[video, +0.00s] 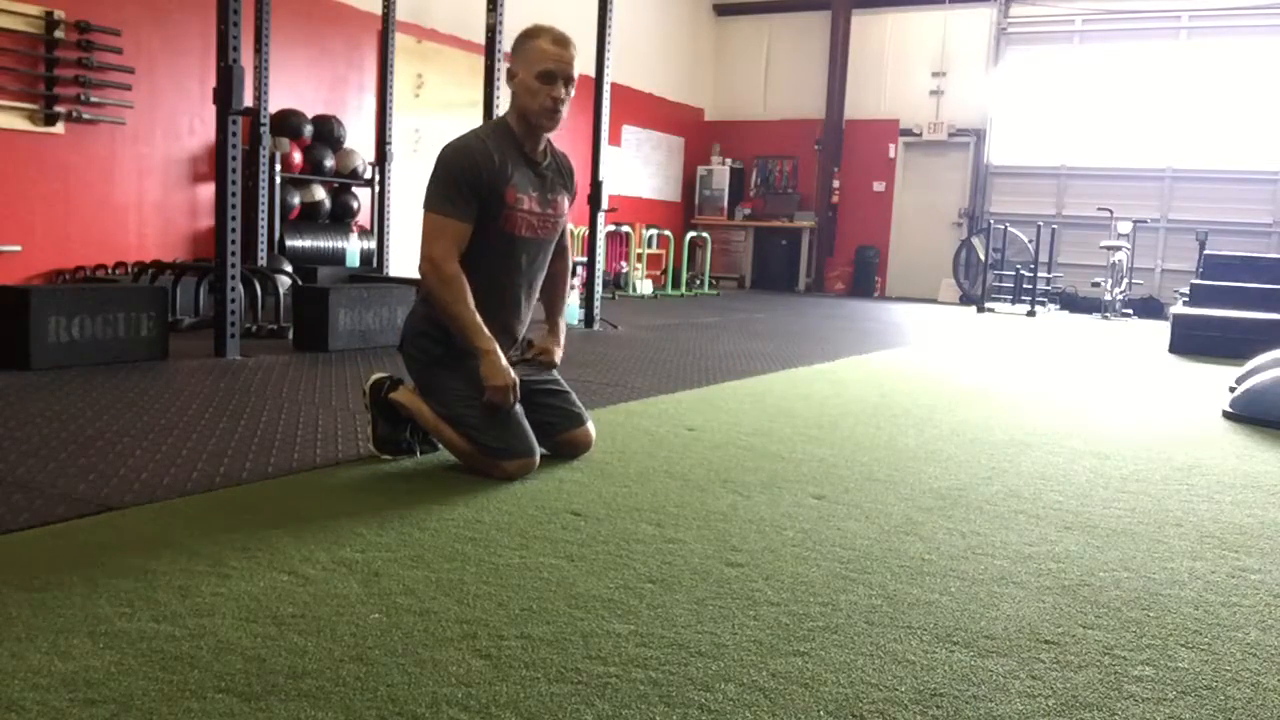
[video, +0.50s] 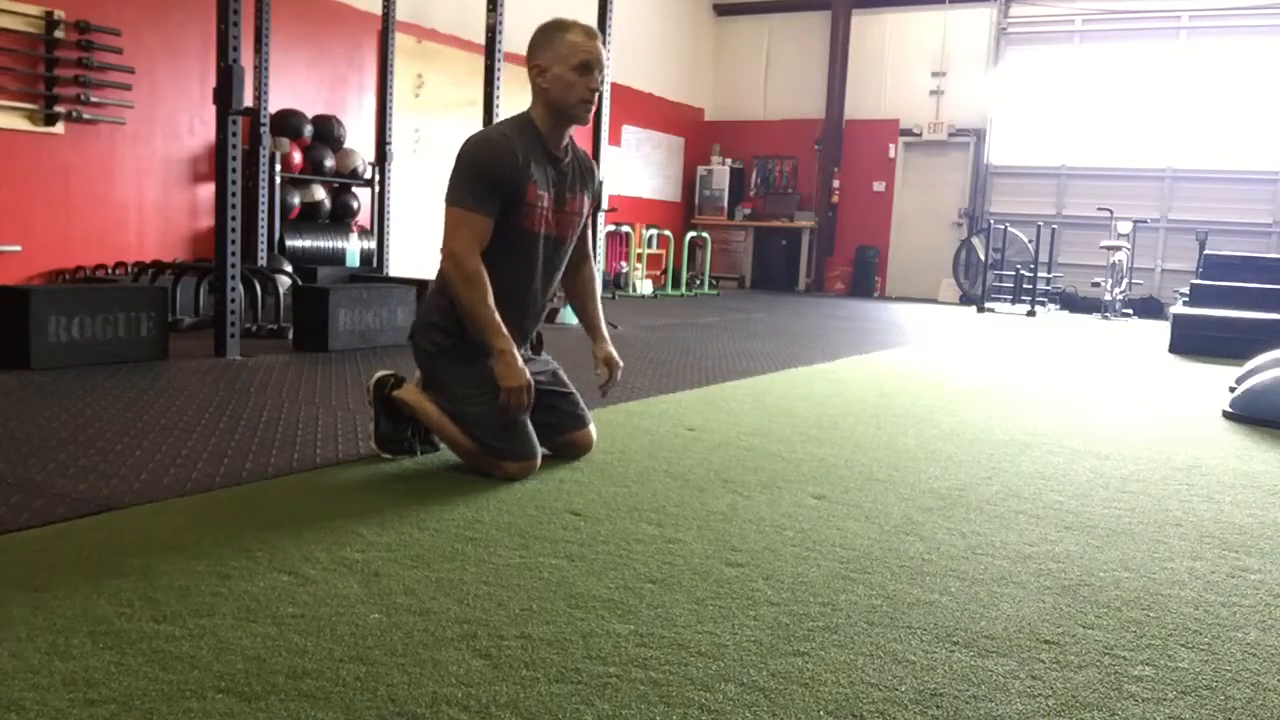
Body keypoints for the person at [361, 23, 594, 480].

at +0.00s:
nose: (559, 93)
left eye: (567, 83)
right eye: (546, 79)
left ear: (574, 89)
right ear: (512, 76)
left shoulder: (561, 170)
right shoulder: (469, 156)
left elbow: (558, 250)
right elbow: (437, 265)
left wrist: (554, 332)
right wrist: (489, 352)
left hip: (510, 342)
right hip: (445, 344)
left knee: (574, 439)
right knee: (514, 463)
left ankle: (445, 411)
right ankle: (398, 398)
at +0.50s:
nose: (598, 85)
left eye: (600, 72)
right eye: (585, 69)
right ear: (540, 74)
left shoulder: (583, 171)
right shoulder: (492, 149)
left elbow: (578, 260)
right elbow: (459, 259)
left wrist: (600, 338)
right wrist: (505, 352)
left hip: (519, 340)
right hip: (457, 342)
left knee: (575, 441)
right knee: (516, 464)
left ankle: (451, 395)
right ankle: (404, 397)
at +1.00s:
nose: (562, 78)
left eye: (572, 68)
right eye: (549, 63)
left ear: (579, 80)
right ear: (518, 68)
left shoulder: (573, 162)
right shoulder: (485, 145)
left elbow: (565, 258)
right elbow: (466, 255)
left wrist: (568, 342)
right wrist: (525, 349)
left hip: (518, 336)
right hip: (455, 337)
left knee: (574, 440)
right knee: (515, 463)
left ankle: (448, 407)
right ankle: (401, 396)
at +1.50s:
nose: (528, 80)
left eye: (537, 69)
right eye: (515, 65)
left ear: (544, 79)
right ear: (482, 70)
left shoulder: (541, 162)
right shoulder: (457, 151)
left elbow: (546, 256)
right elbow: (450, 258)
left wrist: (562, 340)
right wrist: (531, 334)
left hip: (513, 342)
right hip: (448, 345)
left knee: (574, 440)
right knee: (514, 463)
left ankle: (448, 411)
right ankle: (399, 400)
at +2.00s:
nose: (531, 78)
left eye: (534, 66)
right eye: (518, 65)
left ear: (537, 73)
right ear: (475, 71)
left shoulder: (521, 155)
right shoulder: (450, 147)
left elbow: (565, 253)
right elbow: (495, 234)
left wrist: (590, 184)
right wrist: (540, 158)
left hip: (508, 346)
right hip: (447, 348)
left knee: (573, 439)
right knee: (514, 462)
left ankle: (443, 411)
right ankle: (398, 400)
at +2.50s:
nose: (511, 66)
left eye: (513, 54)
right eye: (497, 54)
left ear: (516, 60)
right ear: (454, 61)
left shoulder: (525, 142)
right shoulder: (436, 144)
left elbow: (595, 198)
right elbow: (508, 189)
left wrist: (643, 147)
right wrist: (601, 133)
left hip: (516, 336)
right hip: (455, 345)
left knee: (574, 436)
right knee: (515, 464)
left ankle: (462, 395)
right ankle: (402, 399)